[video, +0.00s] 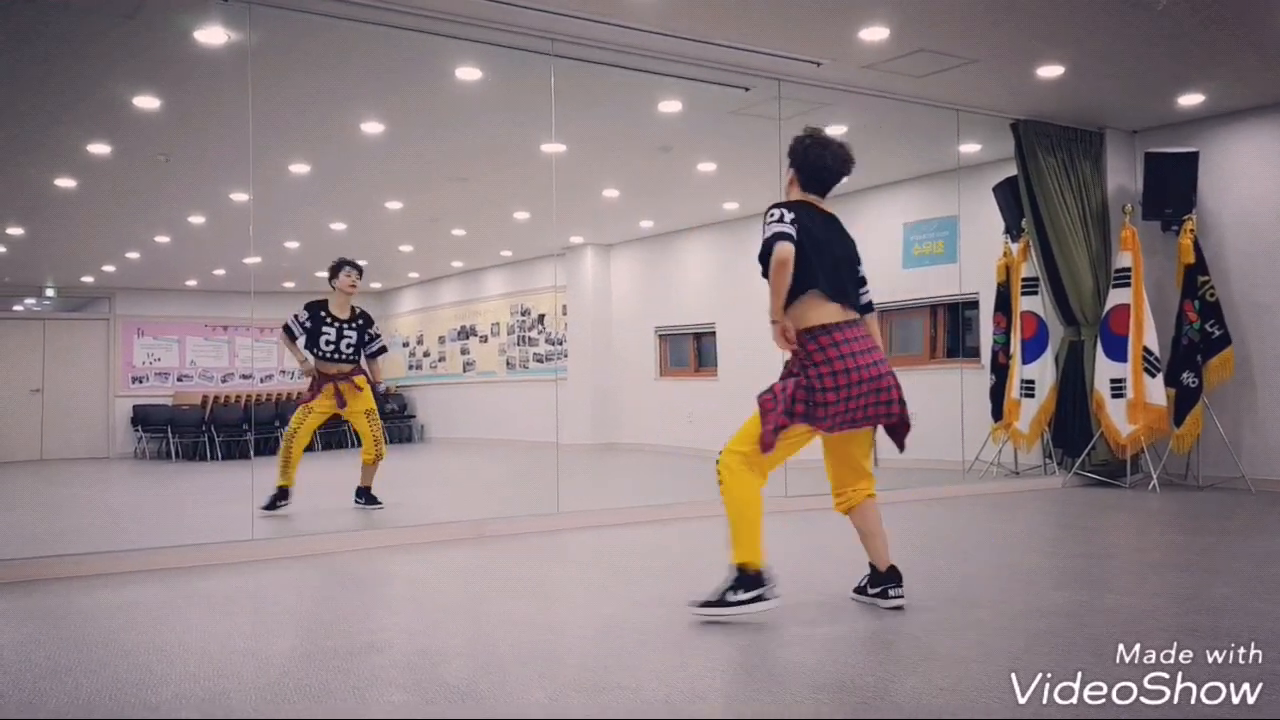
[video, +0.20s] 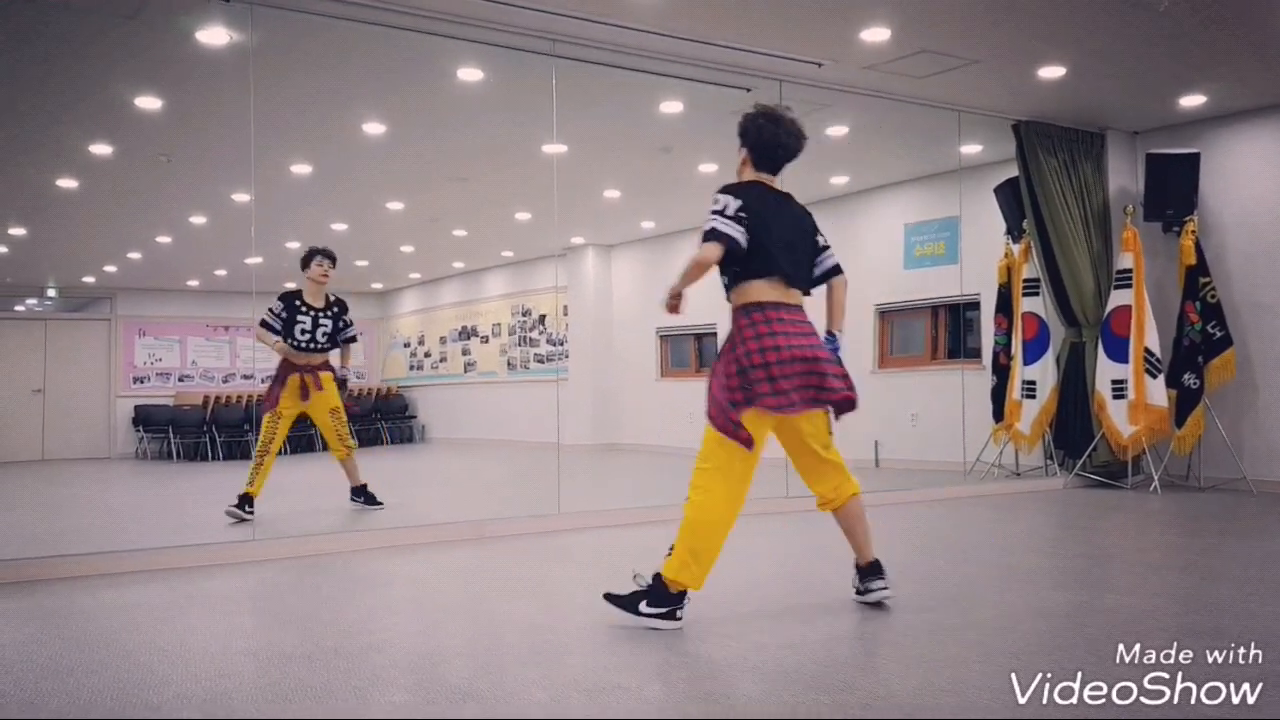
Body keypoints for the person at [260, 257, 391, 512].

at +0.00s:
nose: (353, 280)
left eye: (357, 277)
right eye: (347, 275)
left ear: (360, 284)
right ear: (334, 280)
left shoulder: (363, 318)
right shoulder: (314, 310)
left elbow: (373, 356)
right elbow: (287, 334)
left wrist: (378, 386)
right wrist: (302, 360)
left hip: (356, 386)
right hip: (322, 386)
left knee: (376, 444)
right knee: (293, 436)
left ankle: (364, 490)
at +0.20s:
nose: (325, 270)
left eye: (329, 267)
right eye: (319, 265)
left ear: (332, 273)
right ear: (306, 269)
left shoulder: (338, 306)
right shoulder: (288, 300)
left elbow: (346, 342)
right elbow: (262, 331)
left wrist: (345, 370)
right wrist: (278, 346)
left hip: (323, 376)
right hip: (290, 375)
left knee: (340, 435)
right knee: (268, 439)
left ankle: (358, 490)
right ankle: (247, 499)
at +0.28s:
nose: (313, 267)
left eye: (318, 264)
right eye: (308, 262)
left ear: (322, 270)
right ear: (296, 266)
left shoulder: (327, 303)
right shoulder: (279, 296)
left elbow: (335, 337)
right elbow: (254, 327)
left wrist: (332, 370)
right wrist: (261, 345)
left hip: (310, 375)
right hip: (277, 372)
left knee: (326, 433)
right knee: (260, 440)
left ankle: (336, 489)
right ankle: (246, 500)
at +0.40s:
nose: (296, 264)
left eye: (301, 259)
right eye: (290, 258)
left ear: (305, 265)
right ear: (278, 262)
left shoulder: (308, 298)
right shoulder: (262, 293)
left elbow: (316, 332)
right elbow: (239, 323)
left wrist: (312, 361)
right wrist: (231, 357)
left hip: (293, 373)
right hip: (260, 372)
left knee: (298, 443)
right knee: (251, 443)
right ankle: (245, 501)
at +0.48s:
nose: (288, 264)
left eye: (292, 259)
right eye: (282, 259)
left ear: (297, 264)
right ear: (270, 263)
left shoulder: (301, 297)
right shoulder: (255, 293)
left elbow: (309, 329)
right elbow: (231, 326)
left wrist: (308, 353)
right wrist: (219, 361)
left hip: (286, 374)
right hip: (254, 372)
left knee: (280, 446)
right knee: (248, 440)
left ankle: (246, 476)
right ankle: (247, 500)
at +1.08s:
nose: (267, 289)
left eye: (270, 281)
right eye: (260, 285)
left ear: (277, 278)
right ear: (251, 289)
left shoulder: (298, 308)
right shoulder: (245, 314)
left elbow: (314, 339)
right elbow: (220, 339)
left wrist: (310, 369)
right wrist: (203, 359)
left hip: (284, 386)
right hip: (251, 385)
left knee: (302, 445)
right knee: (241, 445)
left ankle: (276, 480)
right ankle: (238, 502)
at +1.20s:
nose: (285, 282)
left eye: (288, 276)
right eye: (278, 278)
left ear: (295, 278)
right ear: (268, 283)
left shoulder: (311, 307)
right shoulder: (260, 315)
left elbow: (333, 336)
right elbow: (235, 345)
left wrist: (320, 358)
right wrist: (212, 370)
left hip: (299, 389)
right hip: (265, 389)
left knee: (333, 439)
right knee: (246, 444)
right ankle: (240, 503)